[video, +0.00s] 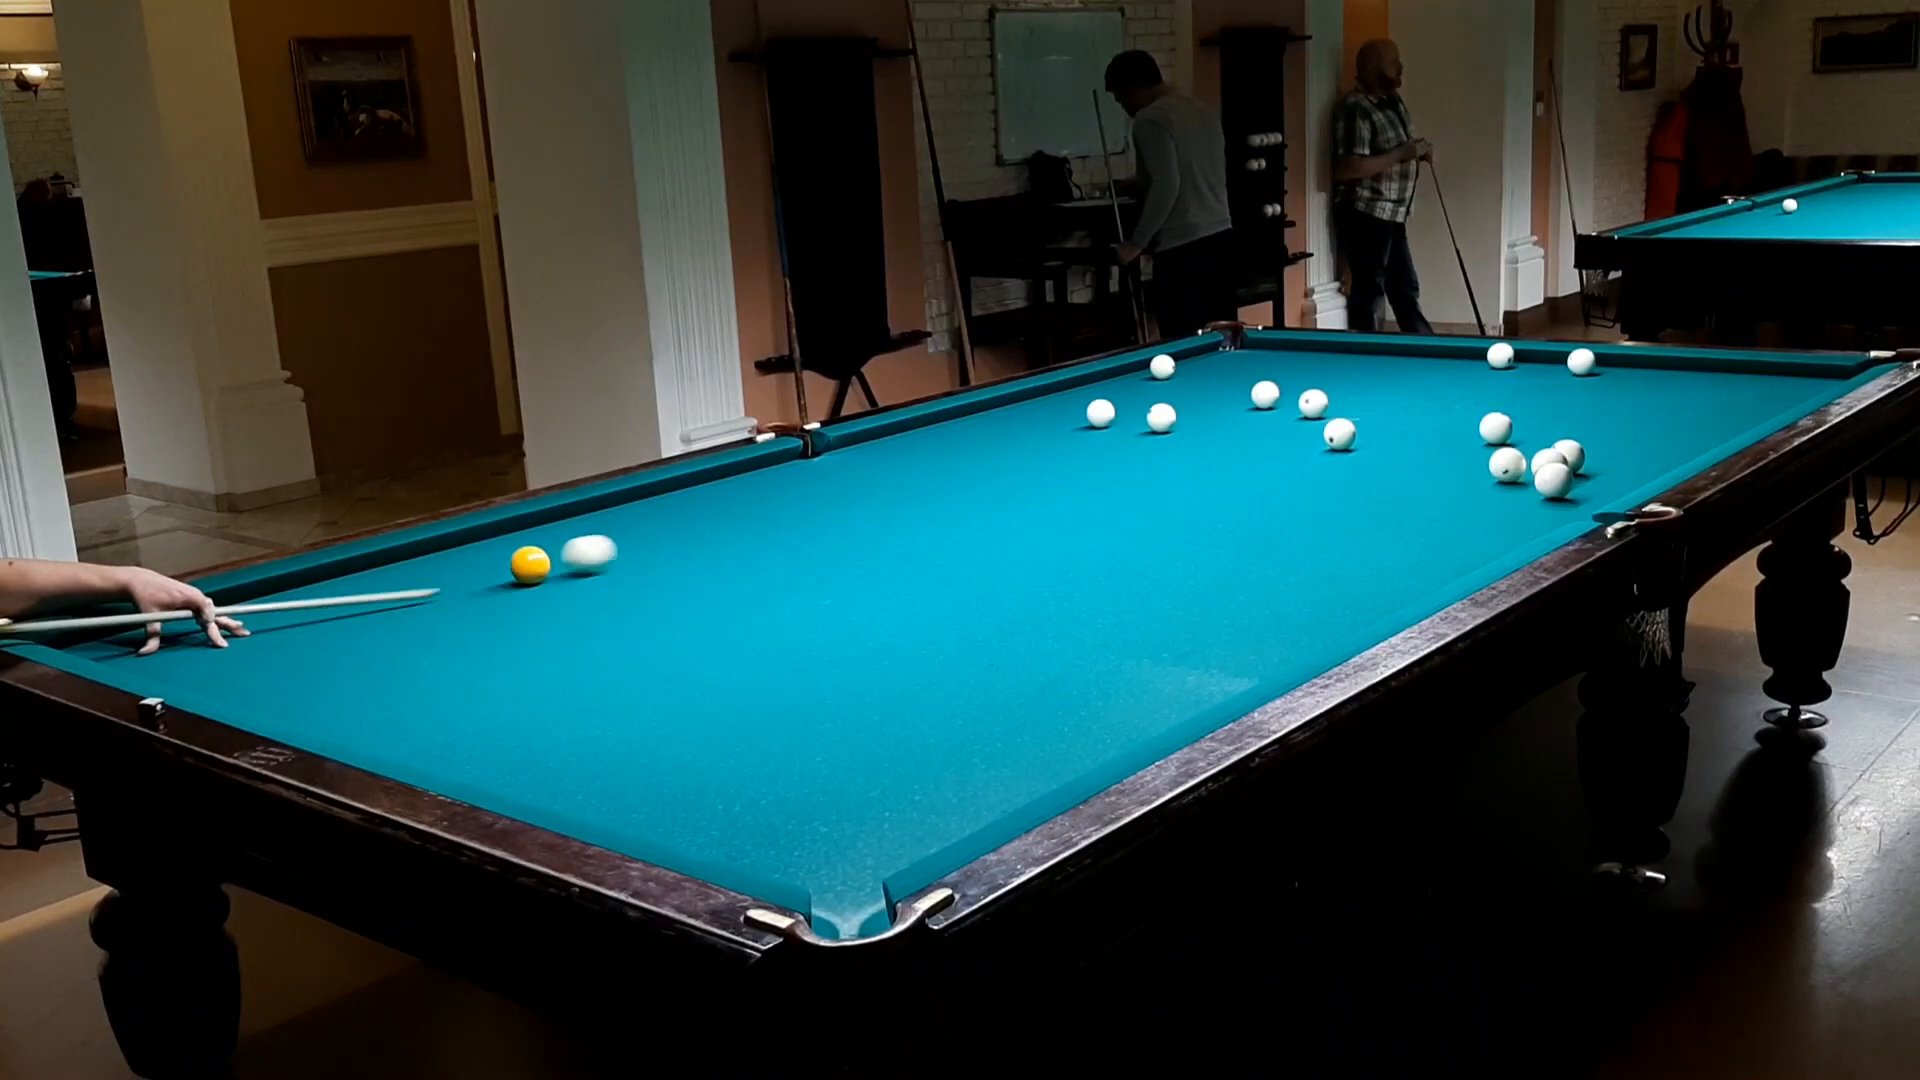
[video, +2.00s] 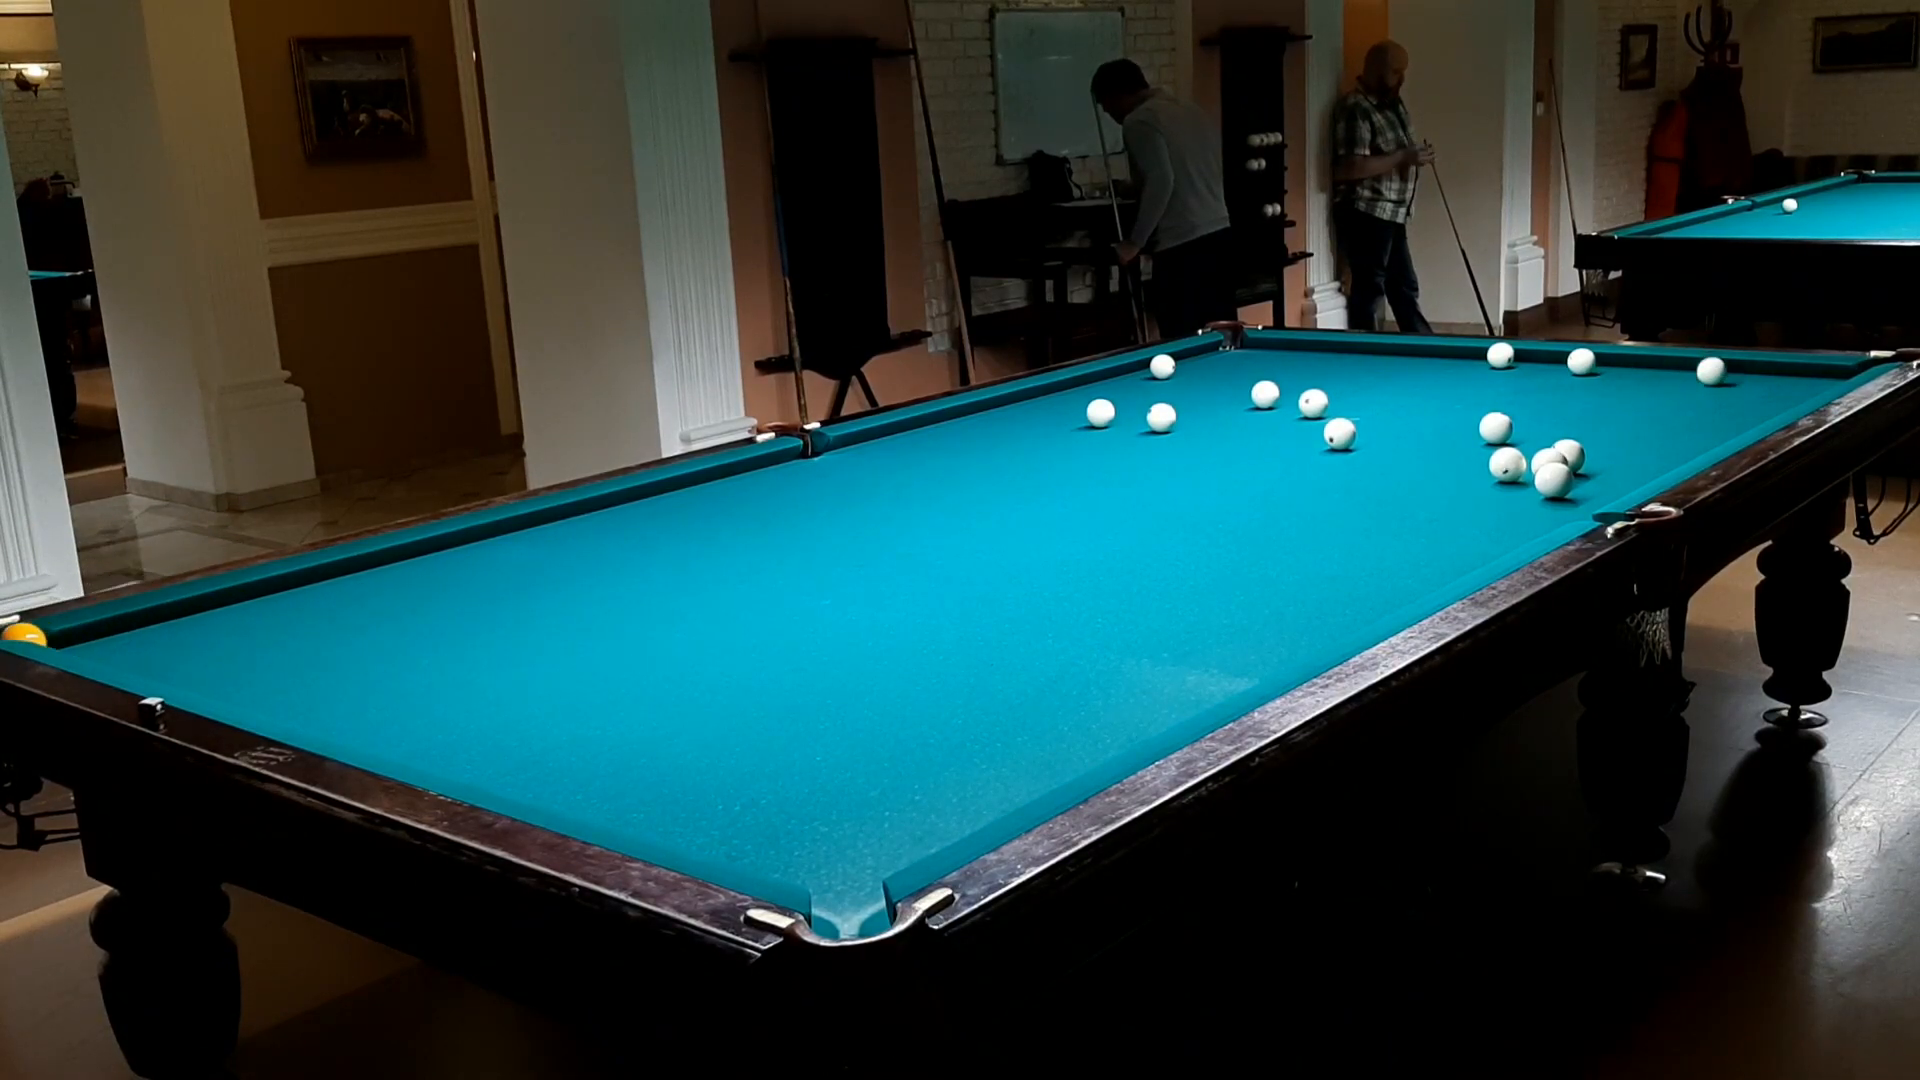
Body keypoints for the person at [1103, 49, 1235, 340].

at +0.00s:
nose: (1121, 106)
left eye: (1119, 97)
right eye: (1117, 99)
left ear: (1130, 88)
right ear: (1155, 78)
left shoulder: (1150, 121)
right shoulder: (1201, 110)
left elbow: (1165, 183)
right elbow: (1206, 172)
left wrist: (1136, 243)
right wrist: (1142, 184)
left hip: (1180, 251)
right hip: (1222, 241)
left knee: (1181, 345)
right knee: (1221, 337)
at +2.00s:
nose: (1110, 114)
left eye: (1107, 106)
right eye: (1105, 108)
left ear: (1116, 97)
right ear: (1141, 83)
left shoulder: (1139, 122)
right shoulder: (1187, 109)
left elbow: (1160, 180)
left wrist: (1134, 243)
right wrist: (1137, 189)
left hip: (1181, 250)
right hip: (1220, 238)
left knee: (1181, 344)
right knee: (1221, 334)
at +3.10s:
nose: (1107, 115)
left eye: (1104, 107)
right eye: (1102, 109)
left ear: (1113, 99)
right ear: (1138, 86)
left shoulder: (1137, 122)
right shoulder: (1182, 110)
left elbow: (1159, 180)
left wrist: (1134, 243)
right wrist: (1137, 188)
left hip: (1182, 250)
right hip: (1220, 238)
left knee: (1180, 344)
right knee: (1220, 336)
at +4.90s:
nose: (1116, 106)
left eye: (1114, 98)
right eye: (1112, 99)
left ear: (1123, 91)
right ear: (1151, 79)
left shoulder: (1143, 119)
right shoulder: (1195, 109)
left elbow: (1160, 182)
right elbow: (1221, 177)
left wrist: (1133, 243)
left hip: (1179, 249)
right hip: (1220, 239)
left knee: (1181, 344)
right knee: (1222, 335)